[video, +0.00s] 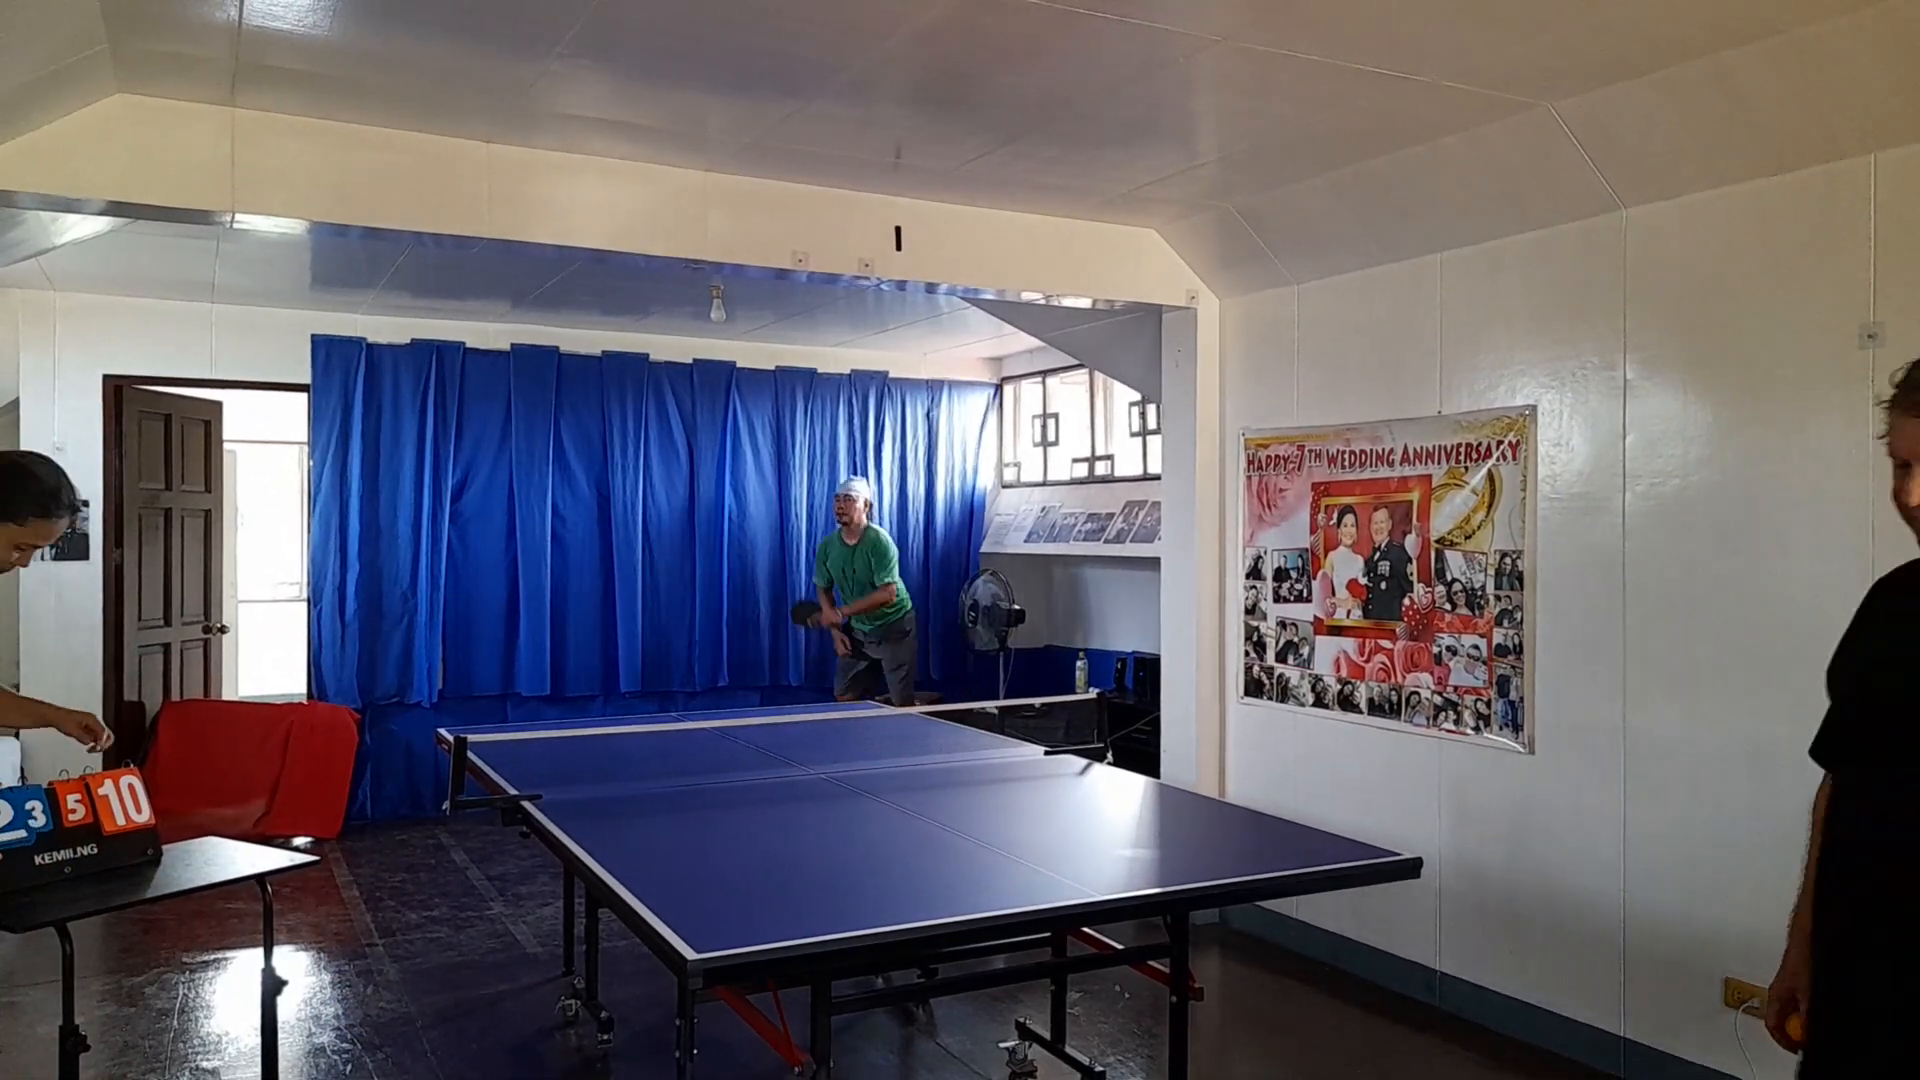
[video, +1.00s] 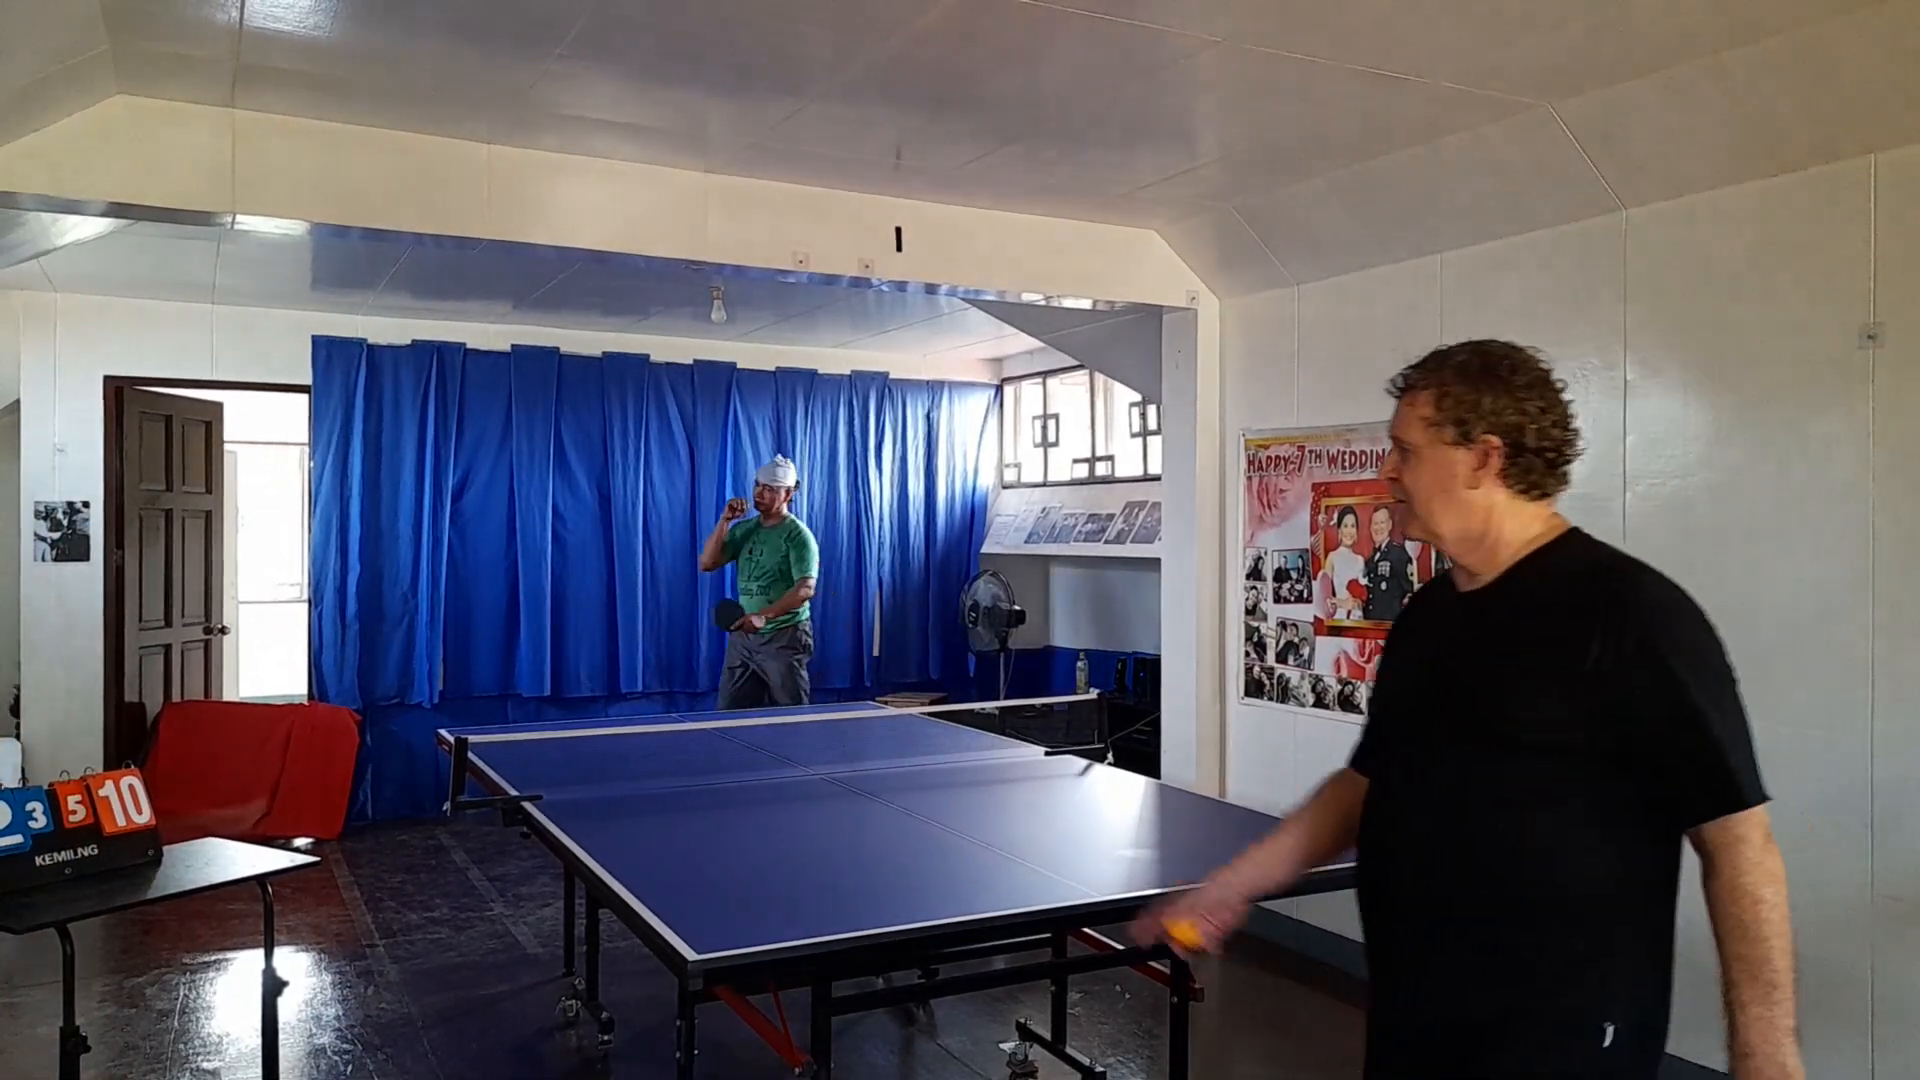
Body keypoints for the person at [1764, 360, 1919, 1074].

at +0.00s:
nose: (1909, 492)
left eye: (1919, 467)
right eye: (1901, 467)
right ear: (1890, 466)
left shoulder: (1894, 600)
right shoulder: (1893, 600)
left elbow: (1837, 788)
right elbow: (1840, 787)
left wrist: (1801, 955)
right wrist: (1801, 948)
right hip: (1869, 986)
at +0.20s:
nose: (1825, 499)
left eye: (1857, 473)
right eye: (1816, 471)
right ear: (1808, 465)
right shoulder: (1836, 603)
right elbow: (1789, 820)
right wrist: (1763, 999)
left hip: (1909, 1008)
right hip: (1808, 1001)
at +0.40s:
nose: (1729, 508)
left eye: (1758, 481)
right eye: (1718, 481)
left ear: (1856, 465)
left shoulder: (1915, 596)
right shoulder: (1752, 605)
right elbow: (1723, 819)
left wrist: (1874, 1047)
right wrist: (1704, 1010)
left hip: (1858, 1049)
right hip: (1723, 1021)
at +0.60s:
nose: (1599, 501)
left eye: (1623, 477)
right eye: (1597, 475)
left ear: (1719, 473)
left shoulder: (1844, 623)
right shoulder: (1632, 620)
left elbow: (1892, 864)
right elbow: (1604, 831)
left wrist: (1812, 1068)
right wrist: (1586, 1021)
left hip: (1761, 1049)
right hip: (1613, 1031)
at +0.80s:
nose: (1478, 483)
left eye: (1498, 460)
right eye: (1480, 459)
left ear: (1584, 467)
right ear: (1579, 470)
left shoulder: (1732, 622)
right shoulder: (1515, 619)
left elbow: (1805, 861)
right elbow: (1480, 825)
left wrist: (1824, 1063)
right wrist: (1429, 980)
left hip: (1658, 1048)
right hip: (1497, 1036)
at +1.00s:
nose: (1386, 475)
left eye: (1403, 450)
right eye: (1390, 452)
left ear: (1485, 457)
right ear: (1476, 460)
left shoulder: (1637, 616)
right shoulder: (1426, 619)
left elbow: (1737, 844)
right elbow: (1369, 783)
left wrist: (1767, 1060)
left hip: (1571, 1048)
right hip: (1417, 1036)